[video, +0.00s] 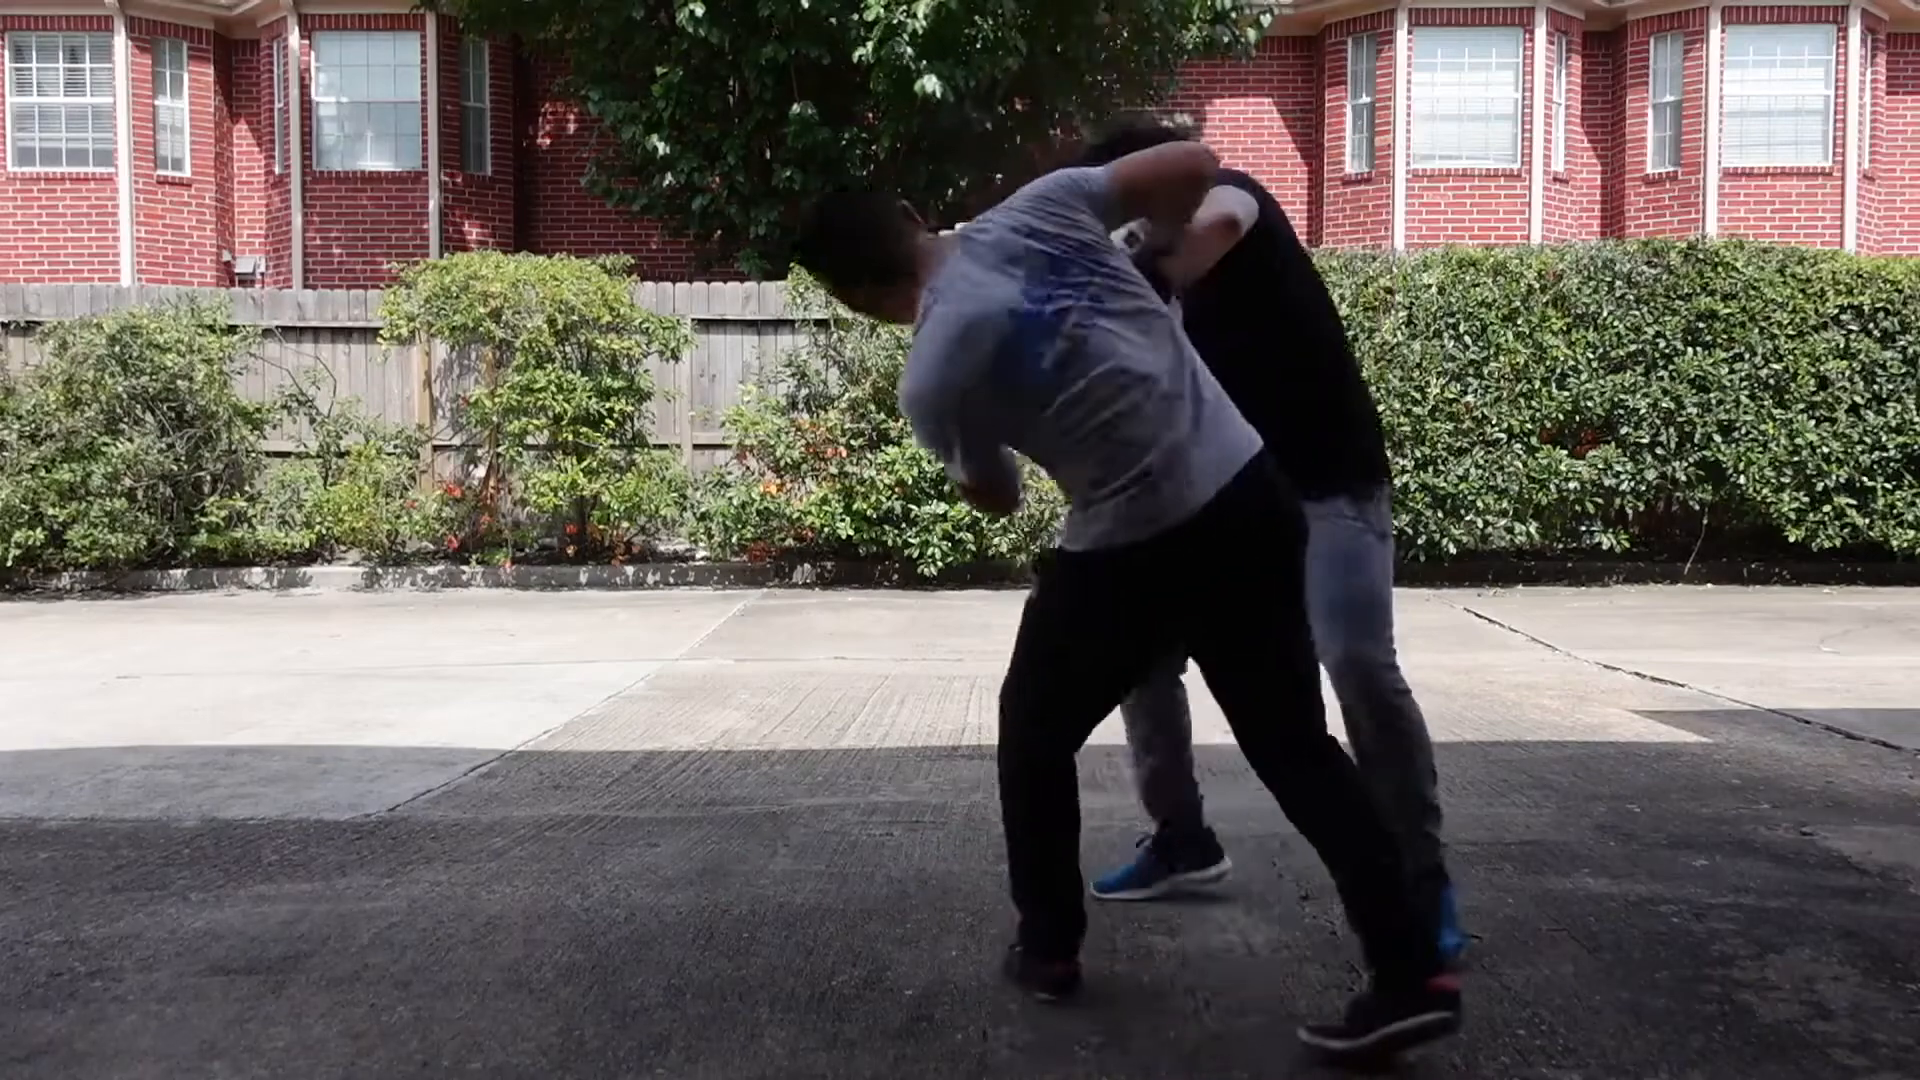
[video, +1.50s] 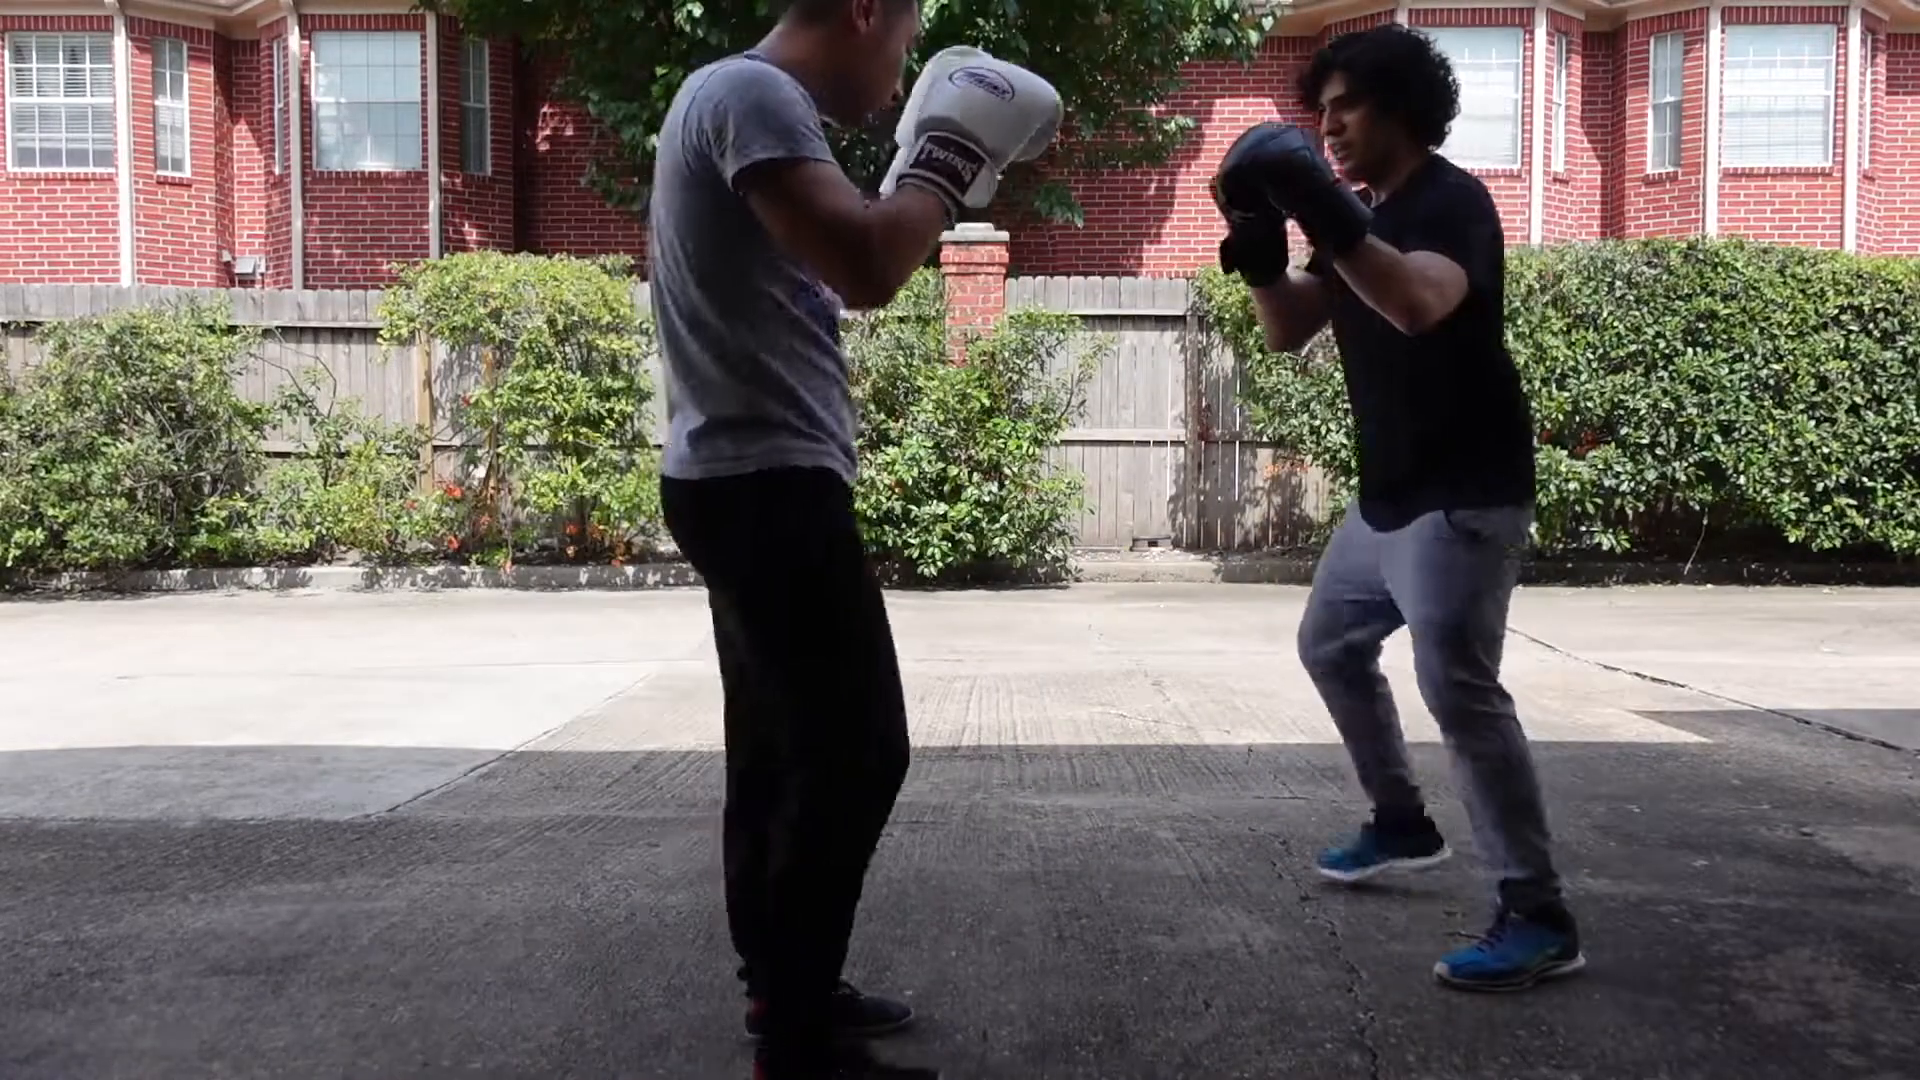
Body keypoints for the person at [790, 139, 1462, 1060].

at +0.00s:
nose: (865, 313)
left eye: (851, 302)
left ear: (860, 298)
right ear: (922, 216)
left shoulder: (932, 380)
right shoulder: (1045, 205)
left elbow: (996, 494)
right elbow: (1192, 161)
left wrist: (967, 436)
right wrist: (1167, 261)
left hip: (1125, 553)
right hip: (1248, 500)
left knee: (1033, 737)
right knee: (1296, 751)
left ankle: (1049, 948)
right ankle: (1412, 973)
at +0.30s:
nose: (937, 89)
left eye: (936, 73)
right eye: (933, 71)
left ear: (833, 77)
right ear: (899, 62)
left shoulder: (795, 200)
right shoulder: (900, 133)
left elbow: (895, 305)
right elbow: (1070, 219)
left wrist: (997, 243)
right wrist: (1050, 204)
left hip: (863, 500)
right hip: (946, 486)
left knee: (979, 718)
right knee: (1055, 744)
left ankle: (980, 931)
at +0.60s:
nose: (865, 124)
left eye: (875, 109)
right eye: (871, 101)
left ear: (802, 60)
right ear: (819, 57)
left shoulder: (739, 159)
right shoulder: (711, 131)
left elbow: (800, 317)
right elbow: (807, 288)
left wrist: (920, 249)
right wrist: (888, 183)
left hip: (703, 513)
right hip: (634, 507)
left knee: (790, 731)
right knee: (578, 766)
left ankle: (821, 950)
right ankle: (447, 1011)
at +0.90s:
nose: (774, 120)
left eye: (784, 101)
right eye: (781, 91)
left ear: (730, 51)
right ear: (739, 55)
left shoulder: (653, 158)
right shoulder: (600, 131)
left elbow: (764, 315)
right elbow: (742, 301)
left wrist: (830, 184)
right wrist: (799, 159)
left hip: (580, 521)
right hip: (527, 511)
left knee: (529, 778)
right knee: (507, 779)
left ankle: (317, 967)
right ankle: (383, 1039)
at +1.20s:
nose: (817, 79)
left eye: (827, 60)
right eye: (822, 52)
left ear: (738, 24)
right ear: (772, 24)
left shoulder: (630, 106)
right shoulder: (682, 107)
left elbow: (705, 292)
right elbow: (829, 279)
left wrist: (811, 161)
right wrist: (871, 140)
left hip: (653, 503)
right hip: (612, 505)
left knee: (712, 756)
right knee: (523, 774)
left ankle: (772, 983)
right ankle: (391, 1031)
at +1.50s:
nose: (899, 73)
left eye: (907, 49)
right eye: (905, 41)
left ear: (819, 14)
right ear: (865, 14)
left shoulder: (730, 102)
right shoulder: (750, 94)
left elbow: (855, 265)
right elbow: (869, 265)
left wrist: (934, 174)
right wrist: (947, 159)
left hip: (742, 475)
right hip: (769, 480)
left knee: (773, 741)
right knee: (862, 746)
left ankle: (787, 986)